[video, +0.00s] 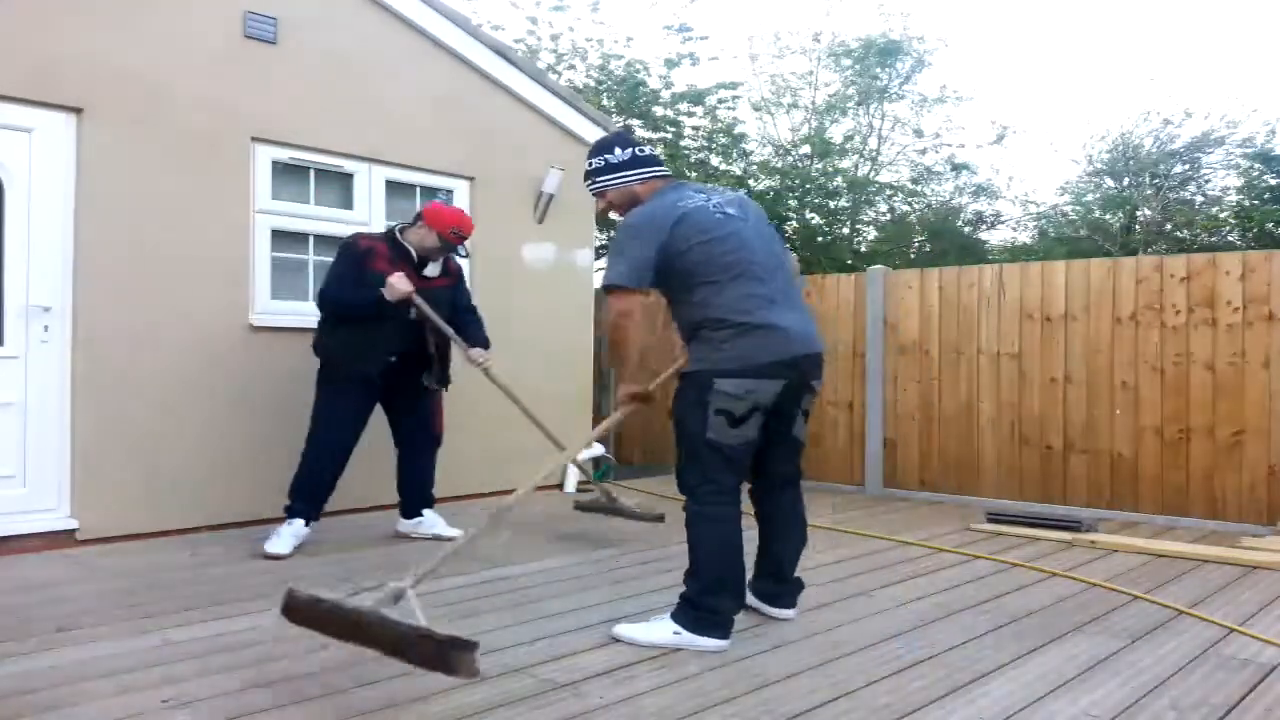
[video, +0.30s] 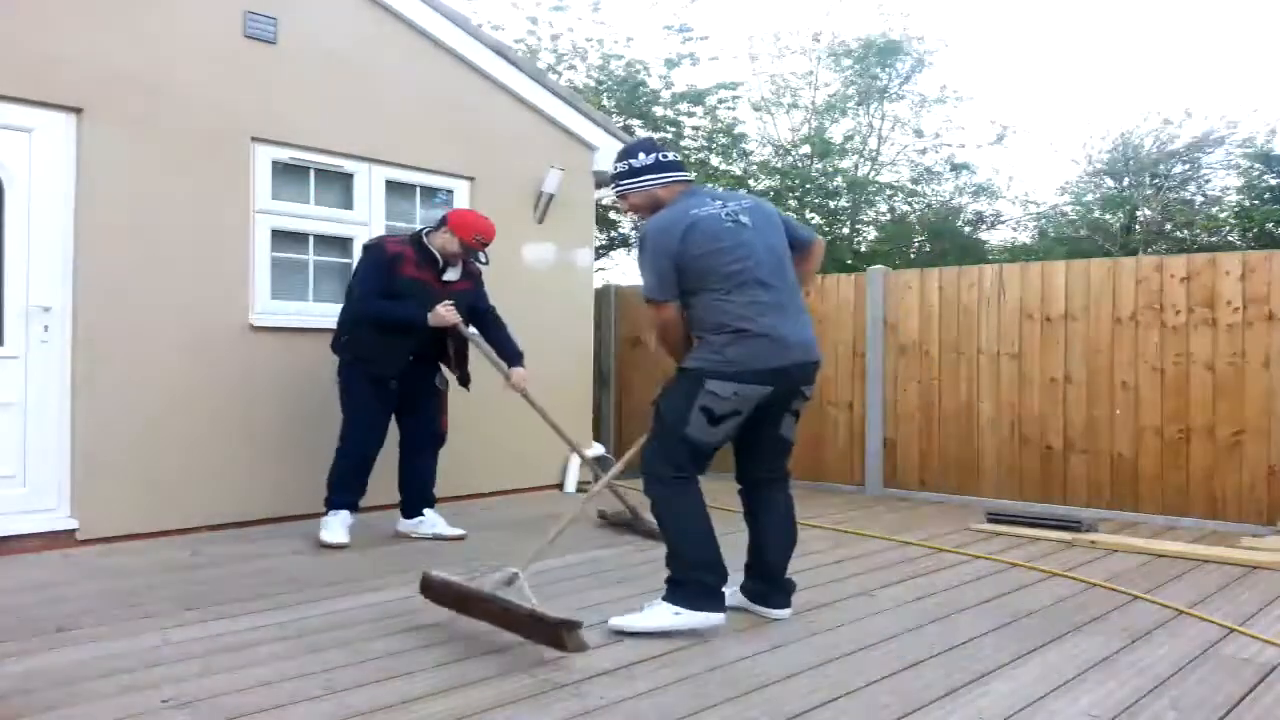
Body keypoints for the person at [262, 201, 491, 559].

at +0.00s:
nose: (445, 255)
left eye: (450, 250)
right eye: (443, 246)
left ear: (432, 234)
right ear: (424, 228)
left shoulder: (446, 270)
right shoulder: (361, 250)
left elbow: (463, 311)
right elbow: (330, 300)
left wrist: (478, 342)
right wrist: (383, 294)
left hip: (412, 371)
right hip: (352, 367)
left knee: (421, 440)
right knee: (329, 443)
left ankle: (416, 514)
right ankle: (298, 520)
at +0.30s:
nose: (467, 259)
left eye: (471, 254)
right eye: (466, 250)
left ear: (457, 242)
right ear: (447, 234)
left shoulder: (465, 275)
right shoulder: (385, 253)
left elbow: (485, 317)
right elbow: (361, 306)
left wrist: (515, 362)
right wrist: (426, 317)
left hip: (421, 367)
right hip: (368, 362)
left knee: (425, 437)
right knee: (363, 435)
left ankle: (416, 514)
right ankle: (339, 512)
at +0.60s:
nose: (452, 255)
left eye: (458, 250)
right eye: (450, 247)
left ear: (459, 245)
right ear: (433, 230)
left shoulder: (461, 270)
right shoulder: (375, 253)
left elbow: (474, 314)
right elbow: (340, 302)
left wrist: (473, 351)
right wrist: (387, 291)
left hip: (428, 366)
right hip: (373, 364)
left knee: (429, 437)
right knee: (377, 437)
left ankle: (416, 514)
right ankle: (375, 513)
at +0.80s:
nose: (443, 253)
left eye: (449, 248)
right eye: (441, 245)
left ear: (452, 245)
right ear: (425, 230)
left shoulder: (453, 270)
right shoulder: (367, 246)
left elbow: (457, 322)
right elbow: (314, 290)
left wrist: (422, 343)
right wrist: (355, 264)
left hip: (425, 367)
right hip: (367, 364)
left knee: (434, 433)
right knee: (372, 436)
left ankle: (419, 510)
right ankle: (374, 513)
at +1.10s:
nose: (446, 253)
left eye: (452, 248)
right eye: (444, 245)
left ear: (456, 244)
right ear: (426, 229)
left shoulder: (454, 266)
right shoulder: (372, 247)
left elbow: (451, 320)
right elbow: (306, 281)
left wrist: (411, 336)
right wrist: (343, 260)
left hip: (425, 357)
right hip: (368, 356)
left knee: (451, 426)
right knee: (378, 428)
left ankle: (467, 504)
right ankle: (376, 512)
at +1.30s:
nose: (459, 253)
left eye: (465, 249)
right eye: (456, 245)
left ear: (471, 246)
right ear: (441, 228)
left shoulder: (472, 268)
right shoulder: (389, 247)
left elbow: (488, 322)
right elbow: (333, 286)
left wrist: (458, 331)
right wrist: (370, 264)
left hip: (444, 365)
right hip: (388, 365)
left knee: (469, 433)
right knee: (382, 443)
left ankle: (497, 505)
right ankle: (377, 512)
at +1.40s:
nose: (473, 256)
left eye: (479, 252)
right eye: (470, 248)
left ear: (486, 248)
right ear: (454, 231)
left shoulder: (487, 271)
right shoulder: (405, 251)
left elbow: (513, 321)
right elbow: (354, 292)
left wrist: (494, 337)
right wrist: (396, 277)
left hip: (454, 370)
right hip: (398, 368)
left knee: (475, 440)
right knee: (389, 444)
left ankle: (503, 510)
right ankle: (377, 514)